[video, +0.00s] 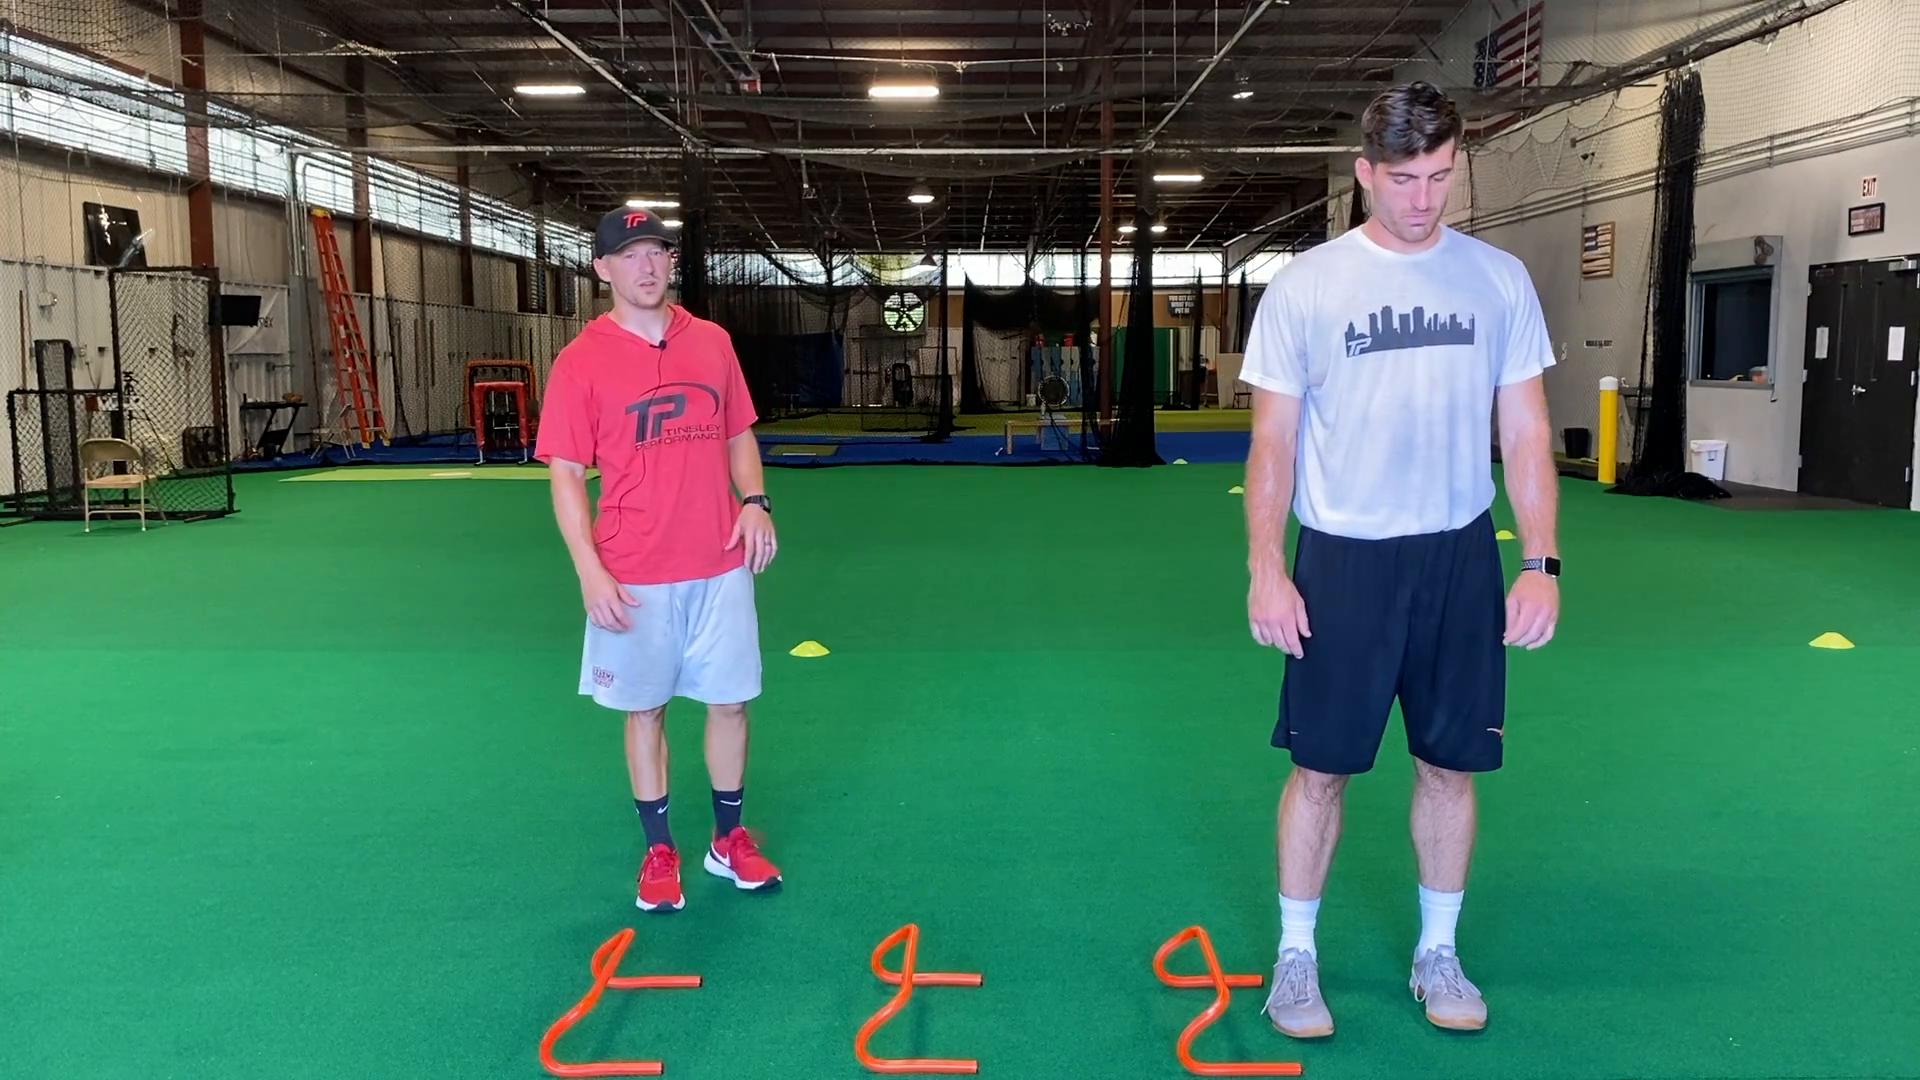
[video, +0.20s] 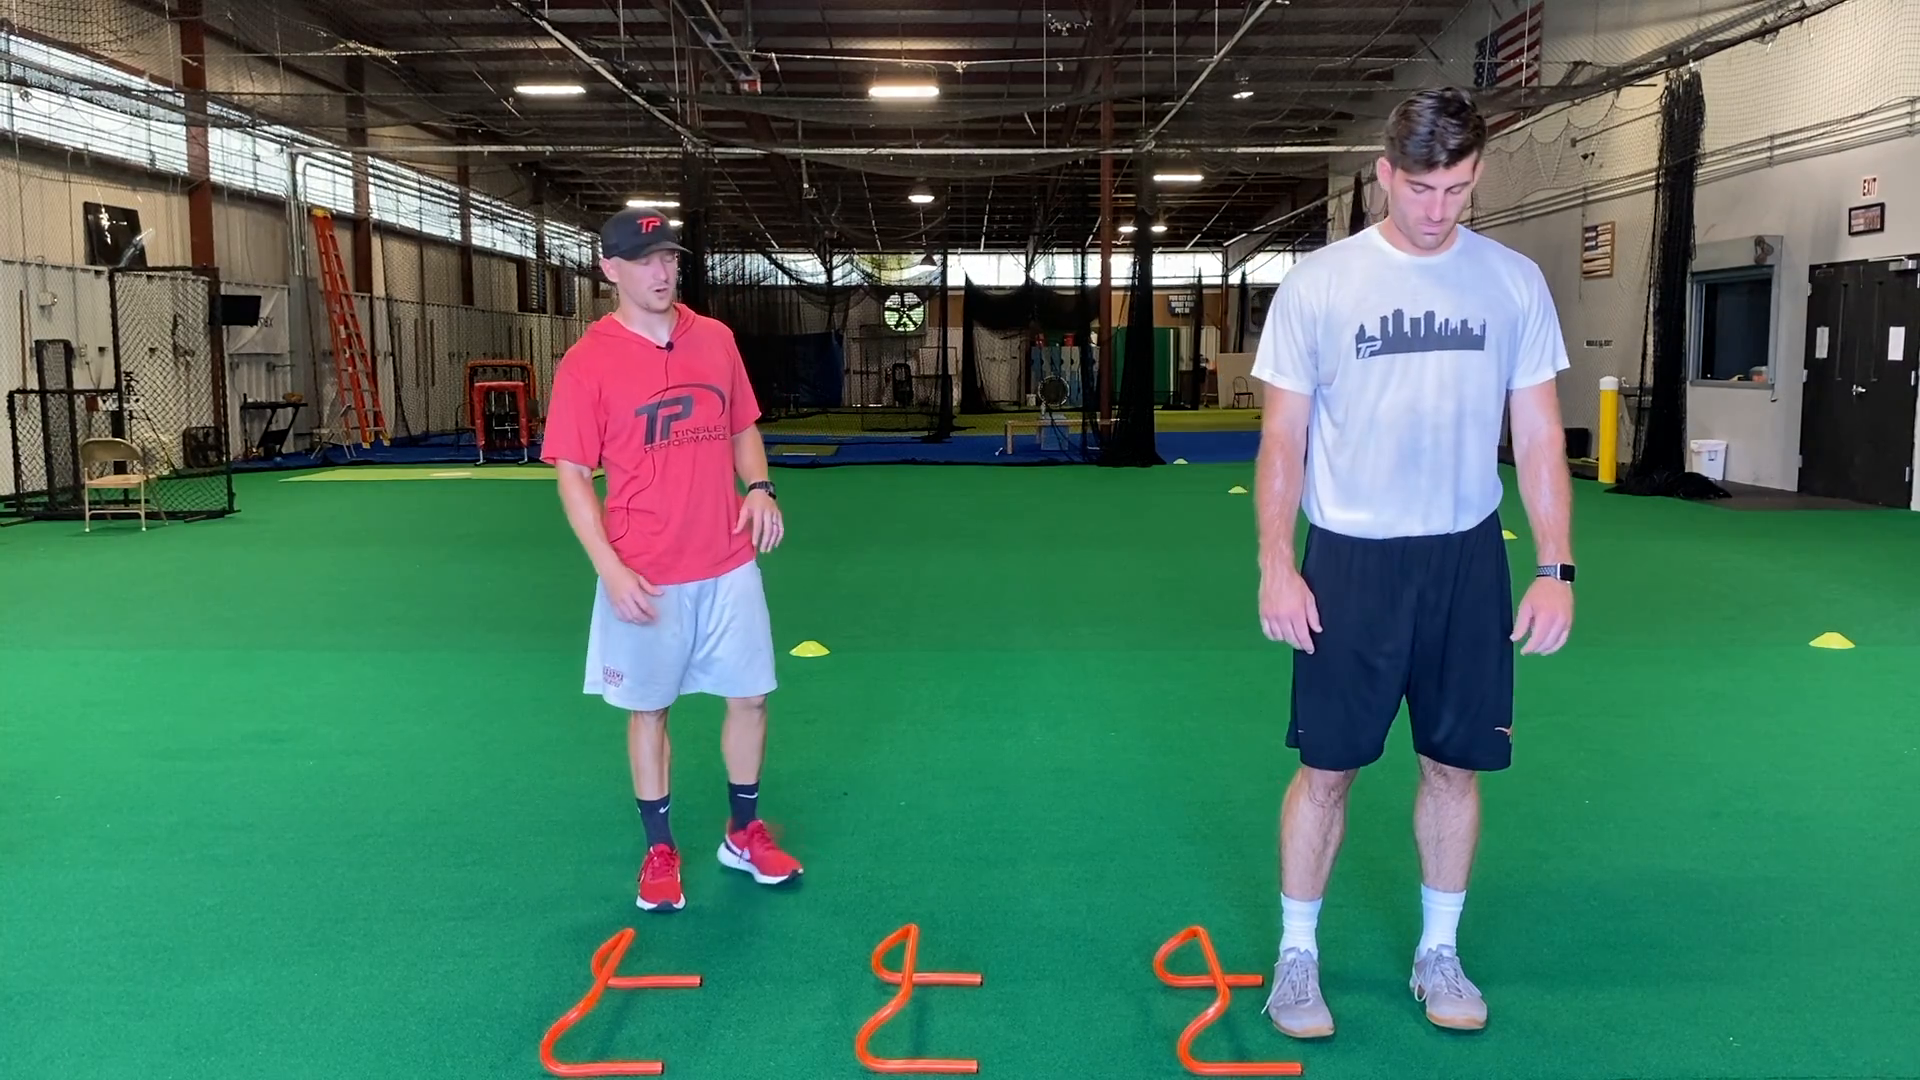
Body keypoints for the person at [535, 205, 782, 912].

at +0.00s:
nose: (651, 265)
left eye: (659, 253)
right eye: (634, 255)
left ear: (673, 262)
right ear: (605, 269)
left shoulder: (711, 342)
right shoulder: (579, 363)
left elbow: (740, 436)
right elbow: (565, 476)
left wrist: (755, 500)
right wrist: (590, 572)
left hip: (719, 567)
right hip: (635, 577)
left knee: (729, 702)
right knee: (644, 711)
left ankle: (729, 839)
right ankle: (659, 851)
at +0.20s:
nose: (662, 271)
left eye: (669, 257)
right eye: (645, 260)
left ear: (680, 264)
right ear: (611, 269)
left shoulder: (714, 340)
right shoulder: (586, 365)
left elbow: (743, 429)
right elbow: (571, 475)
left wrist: (759, 486)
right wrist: (608, 568)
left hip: (729, 564)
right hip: (646, 576)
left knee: (749, 694)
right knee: (649, 709)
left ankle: (744, 829)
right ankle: (659, 849)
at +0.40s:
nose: (688, 275)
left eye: (692, 261)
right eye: (671, 265)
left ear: (698, 265)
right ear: (630, 272)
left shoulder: (730, 339)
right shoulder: (603, 362)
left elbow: (757, 426)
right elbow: (586, 472)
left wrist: (776, 472)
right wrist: (643, 542)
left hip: (741, 561)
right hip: (655, 571)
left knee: (772, 692)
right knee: (656, 707)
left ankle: (796, 830)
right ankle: (661, 850)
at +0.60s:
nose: (714, 277)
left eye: (721, 263)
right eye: (698, 266)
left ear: (731, 267)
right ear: (663, 273)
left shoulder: (763, 346)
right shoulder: (635, 363)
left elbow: (789, 431)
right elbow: (614, 467)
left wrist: (806, 467)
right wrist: (673, 514)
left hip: (764, 564)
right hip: (679, 569)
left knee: (781, 697)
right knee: (669, 705)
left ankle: (806, 835)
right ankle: (662, 850)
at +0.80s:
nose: (760, 273)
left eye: (766, 261)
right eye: (743, 262)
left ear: (774, 268)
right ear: (708, 270)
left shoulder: (801, 349)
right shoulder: (672, 357)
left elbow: (834, 436)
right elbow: (655, 461)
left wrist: (823, 452)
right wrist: (682, 519)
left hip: (795, 560)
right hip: (711, 565)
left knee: (795, 695)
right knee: (690, 703)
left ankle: (808, 835)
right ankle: (665, 850)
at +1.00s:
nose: (788, 273)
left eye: (798, 261)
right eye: (774, 261)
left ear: (810, 271)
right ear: (744, 268)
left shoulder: (836, 356)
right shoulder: (706, 353)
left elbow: (854, 442)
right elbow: (678, 451)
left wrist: (847, 459)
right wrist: (700, 515)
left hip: (823, 560)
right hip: (740, 564)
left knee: (808, 691)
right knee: (714, 700)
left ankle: (810, 833)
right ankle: (671, 849)